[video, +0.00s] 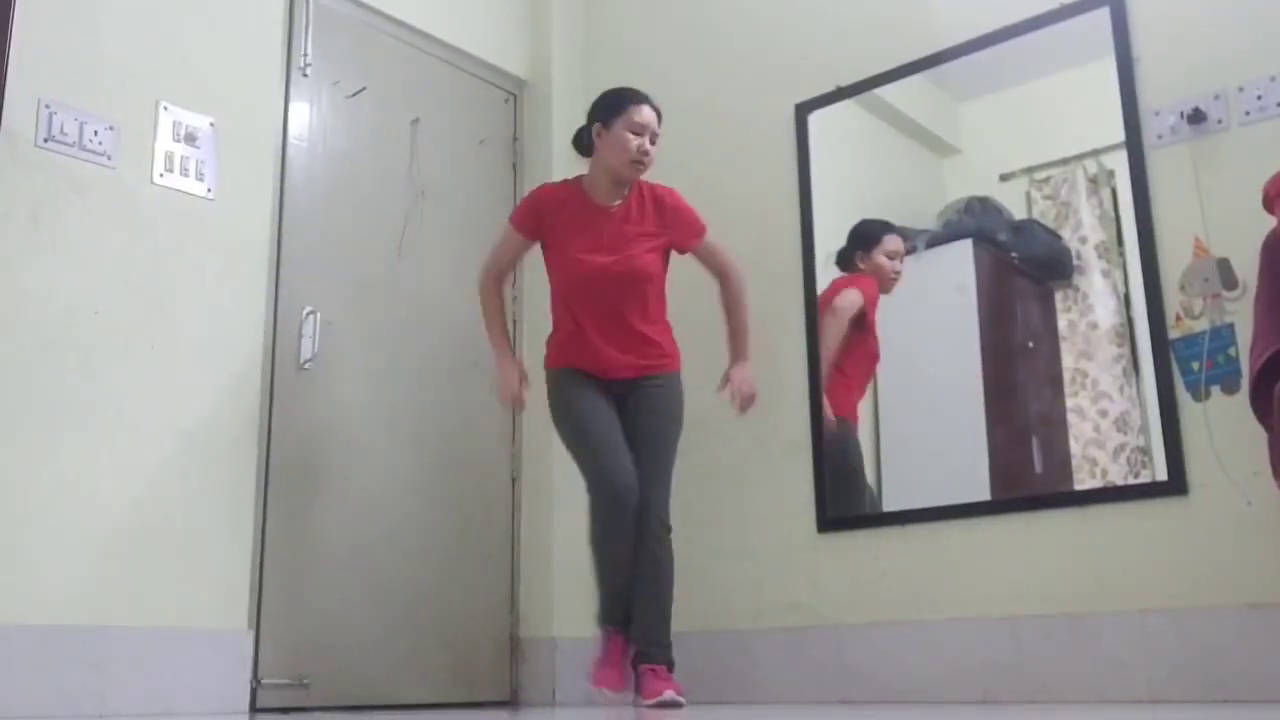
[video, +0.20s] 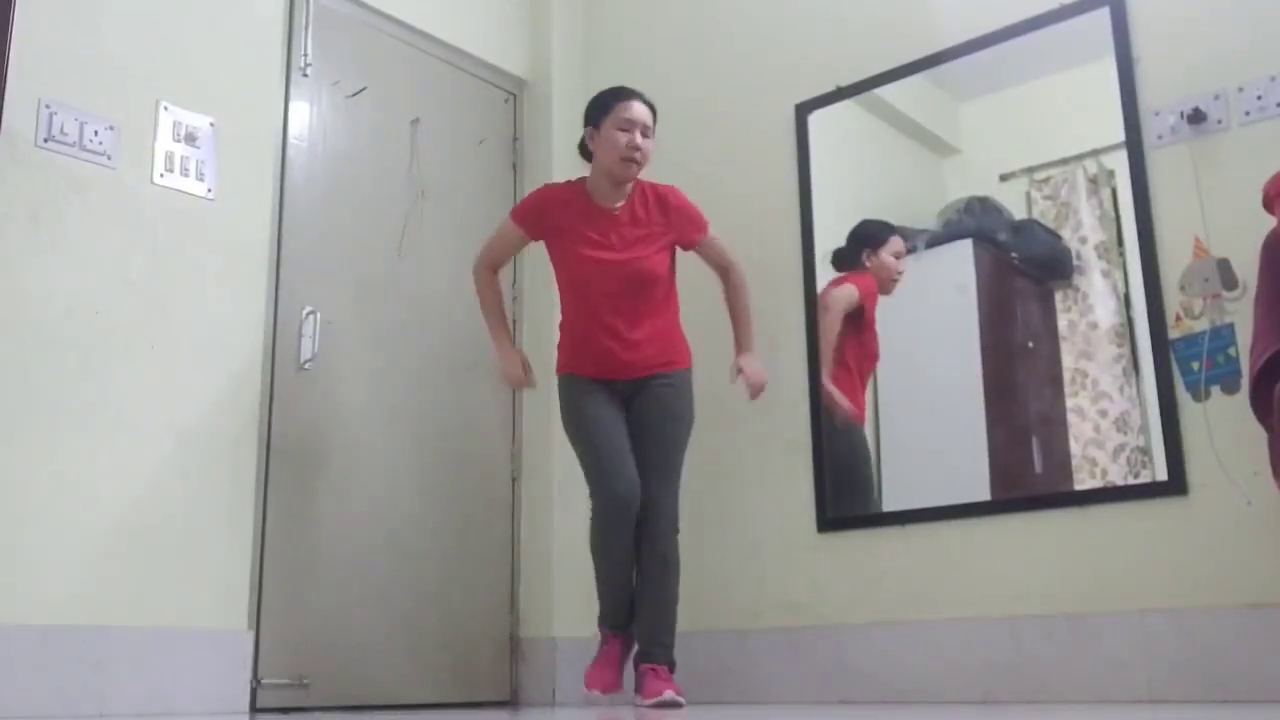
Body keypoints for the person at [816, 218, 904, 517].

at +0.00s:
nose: (899, 267)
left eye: (901, 259)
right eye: (890, 257)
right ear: (860, 259)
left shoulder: (836, 288)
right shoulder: (864, 283)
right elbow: (840, 307)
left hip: (828, 420)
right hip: (836, 422)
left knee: (864, 512)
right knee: (856, 517)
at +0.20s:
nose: (901, 268)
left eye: (902, 258)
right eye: (895, 256)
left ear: (869, 259)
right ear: (869, 257)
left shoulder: (838, 286)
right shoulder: (863, 282)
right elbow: (831, 301)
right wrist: (826, 380)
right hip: (841, 418)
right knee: (860, 513)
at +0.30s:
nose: (899, 269)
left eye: (899, 259)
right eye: (895, 257)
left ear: (871, 259)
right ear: (872, 259)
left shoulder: (830, 291)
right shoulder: (859, 288)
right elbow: (840, 343)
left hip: (821, 423)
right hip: (840, 426)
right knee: (862, 526)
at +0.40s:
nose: (894, 270)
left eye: (893, 260)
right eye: (890, 259)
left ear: (865, 261)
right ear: (869, 260)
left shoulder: (826, 295)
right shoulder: (856, 294)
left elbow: (830, 394)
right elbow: (862, 370)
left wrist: (882, 414)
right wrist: (901, 415)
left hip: (817, 425)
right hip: (835, 427)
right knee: (867, 520)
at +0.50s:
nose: (889, 267)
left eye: (888, 257)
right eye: (886, 256)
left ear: (840, 258)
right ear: (867, 257)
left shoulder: (824, 291)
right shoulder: (857, 291)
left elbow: (853, 385)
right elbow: (881, 373)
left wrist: (911, 375)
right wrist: (924, 367)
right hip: (829, 422)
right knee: (860, 517)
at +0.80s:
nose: (868, 287)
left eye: (867, 277)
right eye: (865, 277)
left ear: (826, 278)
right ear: (848, 279)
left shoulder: (816, 309)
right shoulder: (831, 311)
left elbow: (833, 396)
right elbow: (853, 390)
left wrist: (899, 401)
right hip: (802, 446)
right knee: (829, 528)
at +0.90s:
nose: (862, 297)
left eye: (861, 288)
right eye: (859, 287)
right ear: (842, 286)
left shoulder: (810, 319)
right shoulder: (823, 322)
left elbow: (822, 407)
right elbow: (823, 405)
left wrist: (868, 463)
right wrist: (870, 463)